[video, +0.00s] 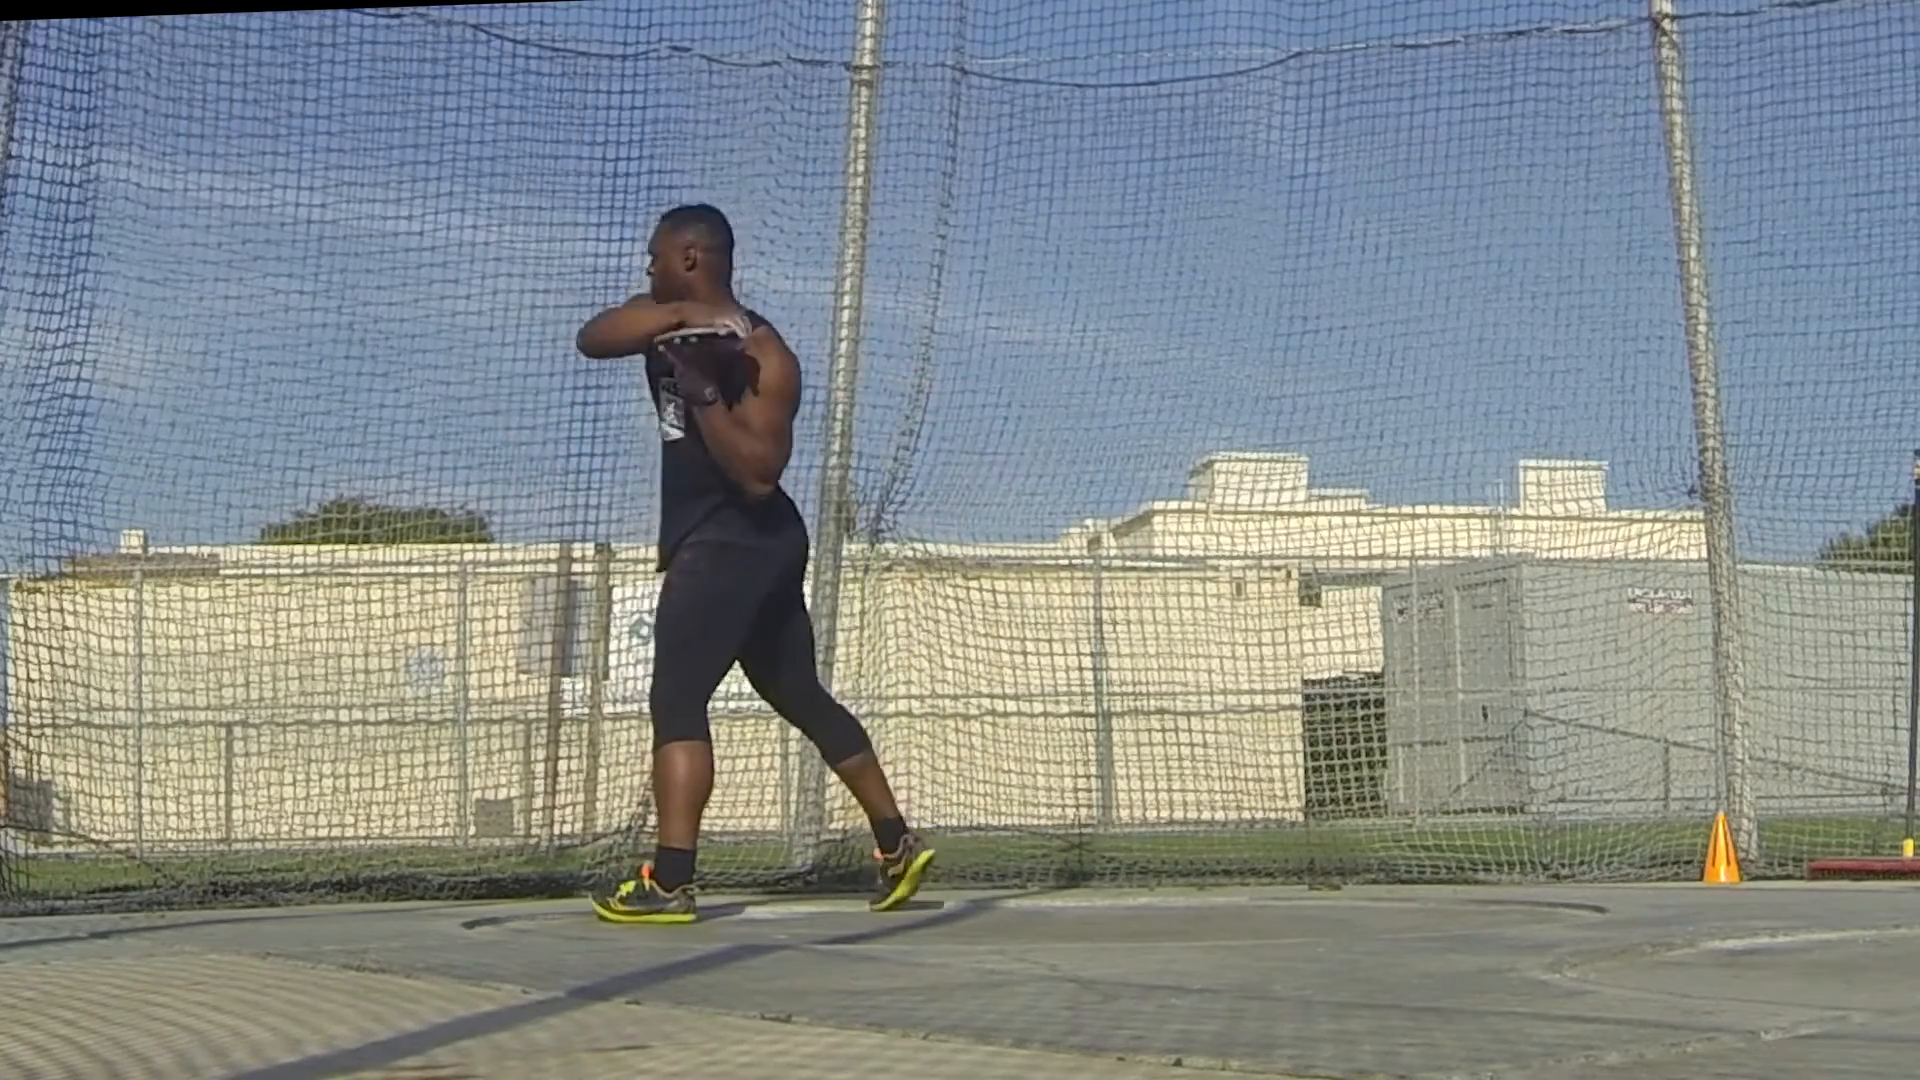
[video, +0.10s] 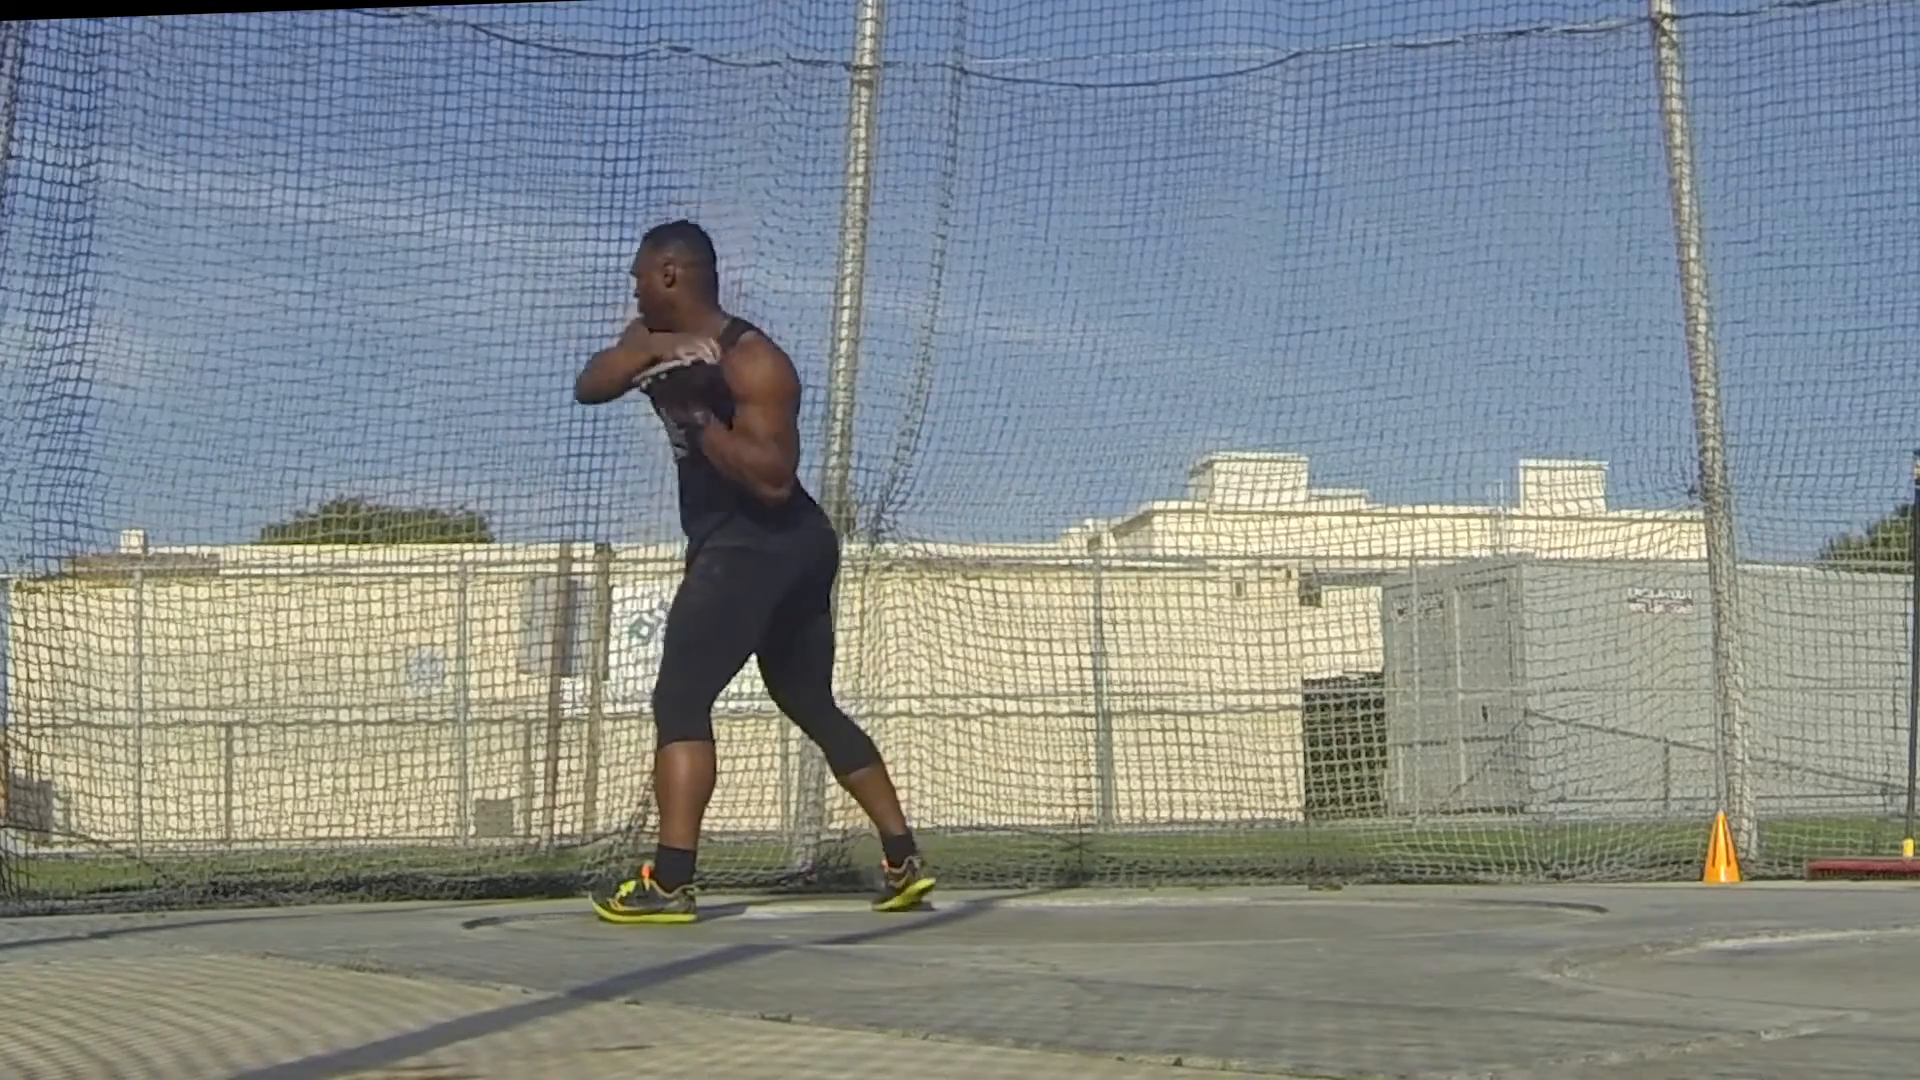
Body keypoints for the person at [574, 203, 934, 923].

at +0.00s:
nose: (649, 271)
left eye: (657, 259)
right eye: (651, 260)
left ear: (693, 259)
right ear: (705, 258)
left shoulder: (770, 357)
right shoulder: (667, 319)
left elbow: (759, 471)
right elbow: (592, 340)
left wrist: (699, 389)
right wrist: (681, 314)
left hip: (730, 543)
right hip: (757, 541)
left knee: (676, 696)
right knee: (799, 694)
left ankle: (671, 878)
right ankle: (897, 842)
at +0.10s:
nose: (634, 295)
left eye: (639, 281)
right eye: (634, 282)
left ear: (671, 276)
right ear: (680, 276)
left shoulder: (757, 361)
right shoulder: (655, 339)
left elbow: (774, 477)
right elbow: (589, 386)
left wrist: (697, 418)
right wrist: (657, 352)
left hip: (749, 549)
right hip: (798, 544)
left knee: (680, 697)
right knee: (807, 698)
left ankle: (670, 879)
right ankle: (904, 857)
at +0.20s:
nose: (630, 345)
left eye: (632, 328)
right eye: (628, 331)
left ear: (659, 318)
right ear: (675, 316)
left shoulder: (743, 380)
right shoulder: (668, 390)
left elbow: (775, 483)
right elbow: (640, 454)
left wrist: (674, 463)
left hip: (775, 561)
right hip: (835, 559)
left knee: (678, 700)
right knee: (826, 707)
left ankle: (669, 879)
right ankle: (903, 869)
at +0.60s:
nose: (785, 395)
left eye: (778, 390)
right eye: (801, 388)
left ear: (776, 392)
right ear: (836, 394)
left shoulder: (748, 422)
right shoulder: (888, 434)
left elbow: (665, 473)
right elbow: (997, 476)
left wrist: (585, 526)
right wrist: (1073, 491)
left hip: (769, 588)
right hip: (860, 592)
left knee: (662, 710)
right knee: (871, 724)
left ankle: (647, 855)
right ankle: (906, 878)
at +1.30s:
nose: (934, 387)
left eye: (939, 378)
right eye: (935, 371)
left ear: (897, 355)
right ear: (911, 353)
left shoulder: (877, 444)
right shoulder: (857, 347)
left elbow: (945, 489)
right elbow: (777, 371)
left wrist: (1034, 488)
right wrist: (708, 382)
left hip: (753, 544)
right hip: (834, 556)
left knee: (692, 708)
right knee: (877, 714)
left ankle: (602, 837)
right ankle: (903, 877)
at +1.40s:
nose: (918, 384)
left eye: (919, 374)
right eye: (916, 370)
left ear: (872, 357)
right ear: (895, 357)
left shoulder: (842, 430)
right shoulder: (865, 356)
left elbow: (905, 498)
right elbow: (801, 375)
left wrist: (996, 506)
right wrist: (745, 387)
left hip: (748, 552)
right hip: (831, 562)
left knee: (683, 716)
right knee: (875, 716)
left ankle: (609, 853)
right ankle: (901, 877)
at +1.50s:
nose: (874, 398)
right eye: (879, 386)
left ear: (816, 360)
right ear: (876, 373)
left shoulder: (770, 419)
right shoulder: (870, 389)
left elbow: (835, 519)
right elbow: (835, 386)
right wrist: (826, 407)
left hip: (745, 572)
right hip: (836, 581)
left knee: (667, 718)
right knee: (873, 716)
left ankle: (623, 869)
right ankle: (898, 878)